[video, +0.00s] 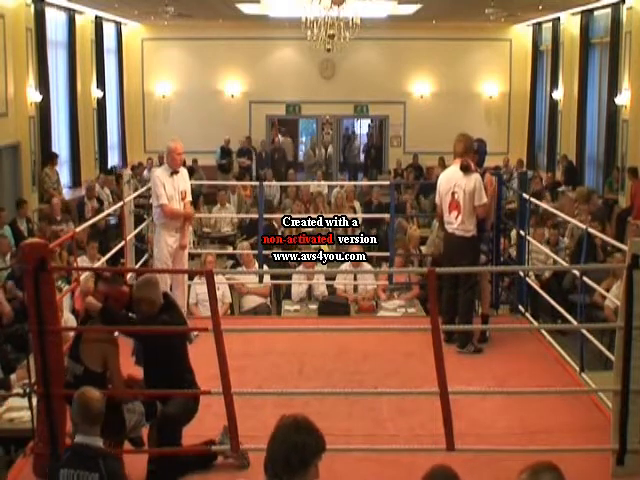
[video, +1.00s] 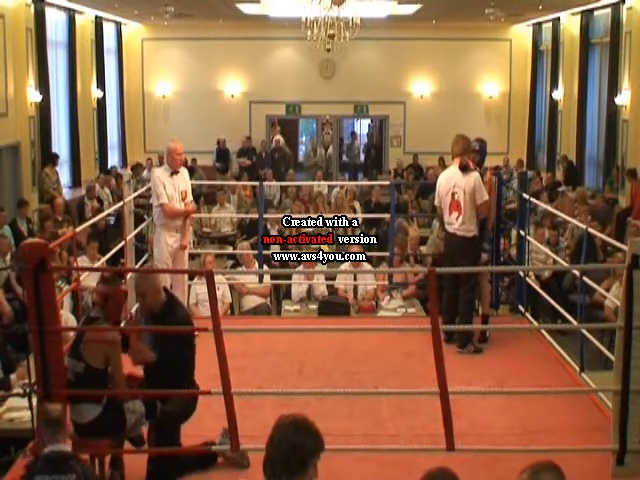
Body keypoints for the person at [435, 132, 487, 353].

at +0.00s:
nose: (473, 155)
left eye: (471, 152)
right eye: (473, 152)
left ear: (454, 152)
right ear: (472, 153)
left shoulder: (443, 176)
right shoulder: (474, 178)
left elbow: (439, 210)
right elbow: (482, 211)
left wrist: (446, 227)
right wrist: (489, 192)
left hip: (449, 236)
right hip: (468, 237)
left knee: (449, 282)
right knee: (467, 285)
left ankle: (448, 327)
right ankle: (464, 336)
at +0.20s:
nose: (474, 156)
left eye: (472, 153)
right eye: (474, 153)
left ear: (455, 152)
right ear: (472, 153)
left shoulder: (444, 175)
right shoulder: (474, 178)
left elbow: (439, 207)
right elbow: (482, 211)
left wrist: (446, 227)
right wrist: (489, 190)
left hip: (449, 235)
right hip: (468, 236)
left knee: (449, 282)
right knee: (467, 285)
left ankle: (448, 327)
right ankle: (464, 336)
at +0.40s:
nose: (472, 156)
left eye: (468, 152)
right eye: (472, 152)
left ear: (454, 152)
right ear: (472, 153)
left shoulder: (444, 176)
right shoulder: (474, 177)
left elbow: (439, 206)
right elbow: (484, 208)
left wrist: (445, 226)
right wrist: (485, 181)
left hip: (449, 235)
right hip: (468, 236)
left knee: (449, 282)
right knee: (467, 285)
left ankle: (448, 327)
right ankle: (465, 335)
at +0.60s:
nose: (473, 158)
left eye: (471, 155)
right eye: (473, 155)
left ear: (455, 153)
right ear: (470, 154)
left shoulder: (444, 176)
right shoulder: (474, 178)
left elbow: (439, 206)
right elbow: (484, 209)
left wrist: (445, 227)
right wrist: (487, 184)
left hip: (449, 235)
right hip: (468, 237)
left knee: (449, 282)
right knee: (467, 285)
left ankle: (448, 327)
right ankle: (465, 336)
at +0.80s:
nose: (474, 159)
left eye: (472, 156)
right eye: (473, 156)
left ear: (455, 154)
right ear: (469, 155)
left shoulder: (443, 176)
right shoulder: (474, 177)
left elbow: (439, 206)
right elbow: (484, 209)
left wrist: (445, 227)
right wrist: (486, 184)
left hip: (450, 235)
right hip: (468, 237)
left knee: (450, 283)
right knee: (468, 285)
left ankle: (448, 327)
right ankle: (465, 335)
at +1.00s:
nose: (470, 155)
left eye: (464, 152)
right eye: (470, 152)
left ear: (452, 153)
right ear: (470, 153)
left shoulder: (443, 176)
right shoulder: (474, 177)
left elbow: (438, 206)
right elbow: (483, 209)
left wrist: (446, 225)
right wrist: (487, 184)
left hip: (450, 236)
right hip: (469, 237)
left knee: (450, 283)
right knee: (468, 285)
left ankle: (448, 327)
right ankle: (464, 335)